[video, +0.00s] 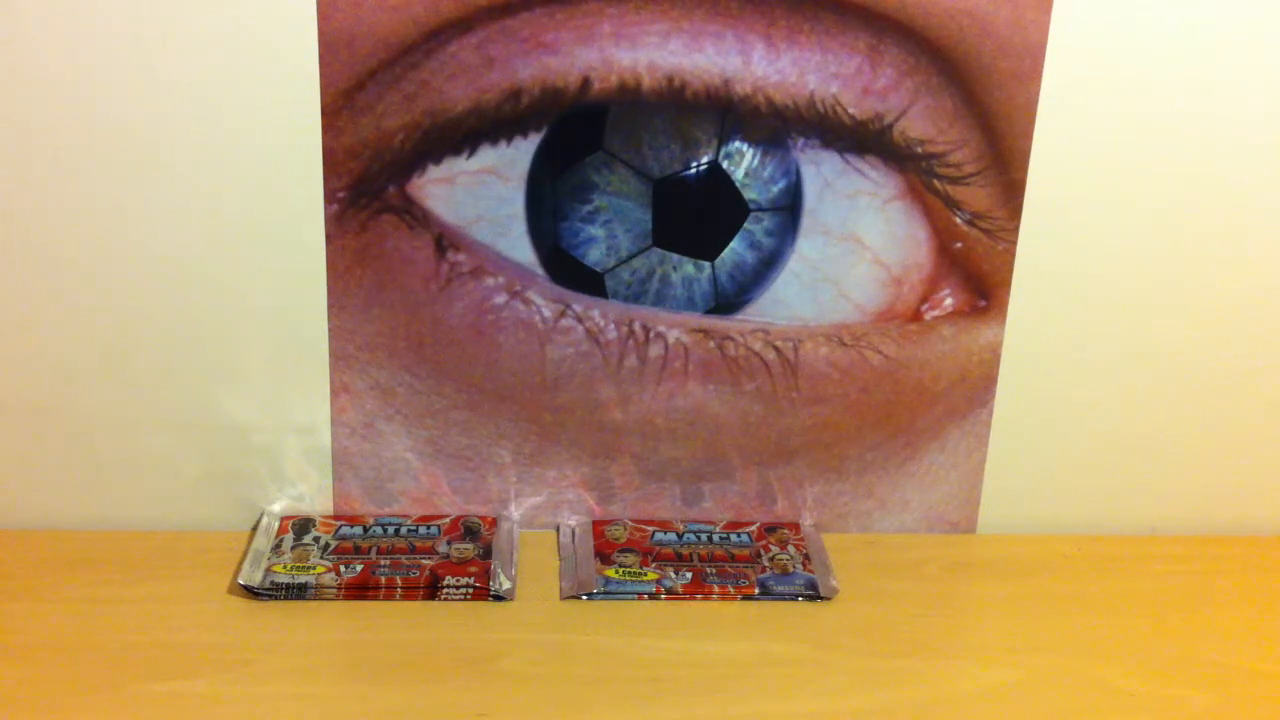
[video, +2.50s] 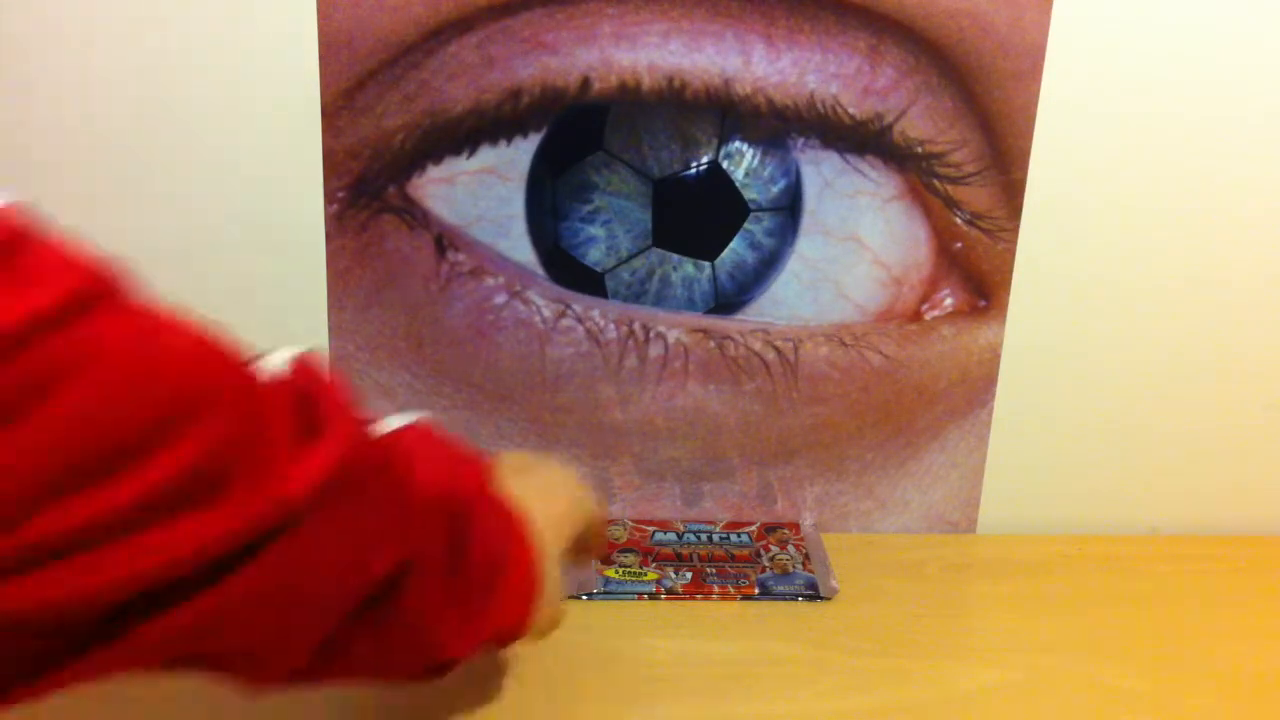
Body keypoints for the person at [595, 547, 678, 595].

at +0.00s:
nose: (621, 560)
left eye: (626, 557)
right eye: (619, 557)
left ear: (638, 558)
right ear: (615, 558)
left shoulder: (651, 573)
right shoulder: (609, 571)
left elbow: (673, 589)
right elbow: (596, 589)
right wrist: (596, 574)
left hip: (640, 606)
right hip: (612, 605)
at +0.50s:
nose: (621, 560)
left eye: (626, 557)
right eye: (619, 557)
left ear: (638, 558)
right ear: (616, 558)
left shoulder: (650, 573)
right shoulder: (610, 571)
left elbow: (665, 582)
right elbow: (597, 586)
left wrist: (672, 588)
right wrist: (597, 574)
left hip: (642, 604)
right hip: (613, 604)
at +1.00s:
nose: (621, 560)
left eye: (626, 557)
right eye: (619, 557)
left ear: (638, 558)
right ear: (617, 558)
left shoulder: (650, 573)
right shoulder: (610, 571)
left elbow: (665, 582)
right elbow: (597, 586)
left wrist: (672, 588)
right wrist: (597, 574)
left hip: (642, 604)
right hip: (614, 604)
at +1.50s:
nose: (621, 560)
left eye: (626, 557)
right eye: (619, 557)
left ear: (638, 558)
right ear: (617, 558)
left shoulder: (651, 573)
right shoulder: (609, 572)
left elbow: (668, 585)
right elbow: (597, 588)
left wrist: (674, 588)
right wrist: (597, 573)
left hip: (641, 606)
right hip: (612, 606)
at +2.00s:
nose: (621, 560)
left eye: (625, 557)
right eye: (619, 557)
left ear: (638, 558)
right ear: (616, 559)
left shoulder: (651, 573)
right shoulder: (610, 572)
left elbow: (667, 584)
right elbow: (597, 587)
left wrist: (673, 588)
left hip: (642, 606)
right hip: (613, 605)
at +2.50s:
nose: (621, 560)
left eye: (626, 557)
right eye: (619, 557)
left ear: (638, 558)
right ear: (616, 558)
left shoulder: (651, 573)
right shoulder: (609, 572)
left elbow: (669, 586)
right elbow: (597, 587)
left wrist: (675, 589)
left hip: (642, 606)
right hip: (613, 606)